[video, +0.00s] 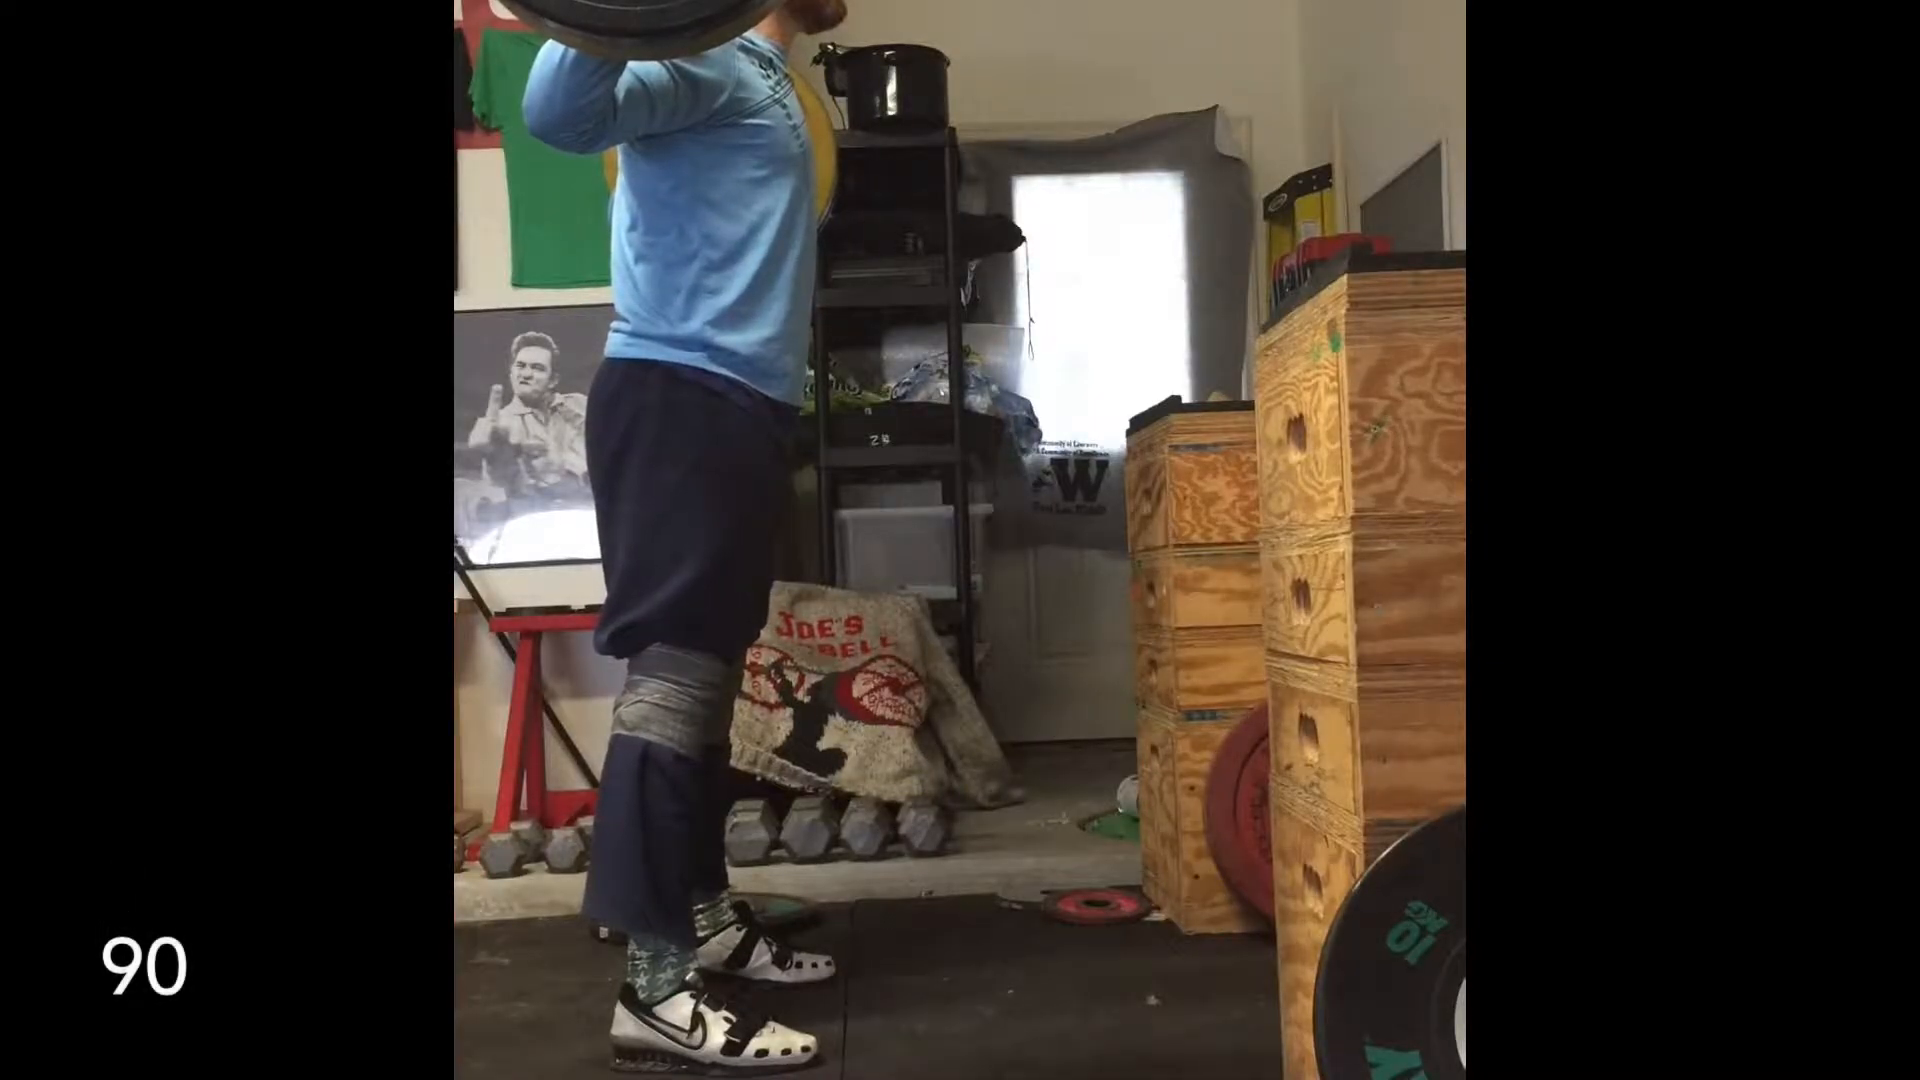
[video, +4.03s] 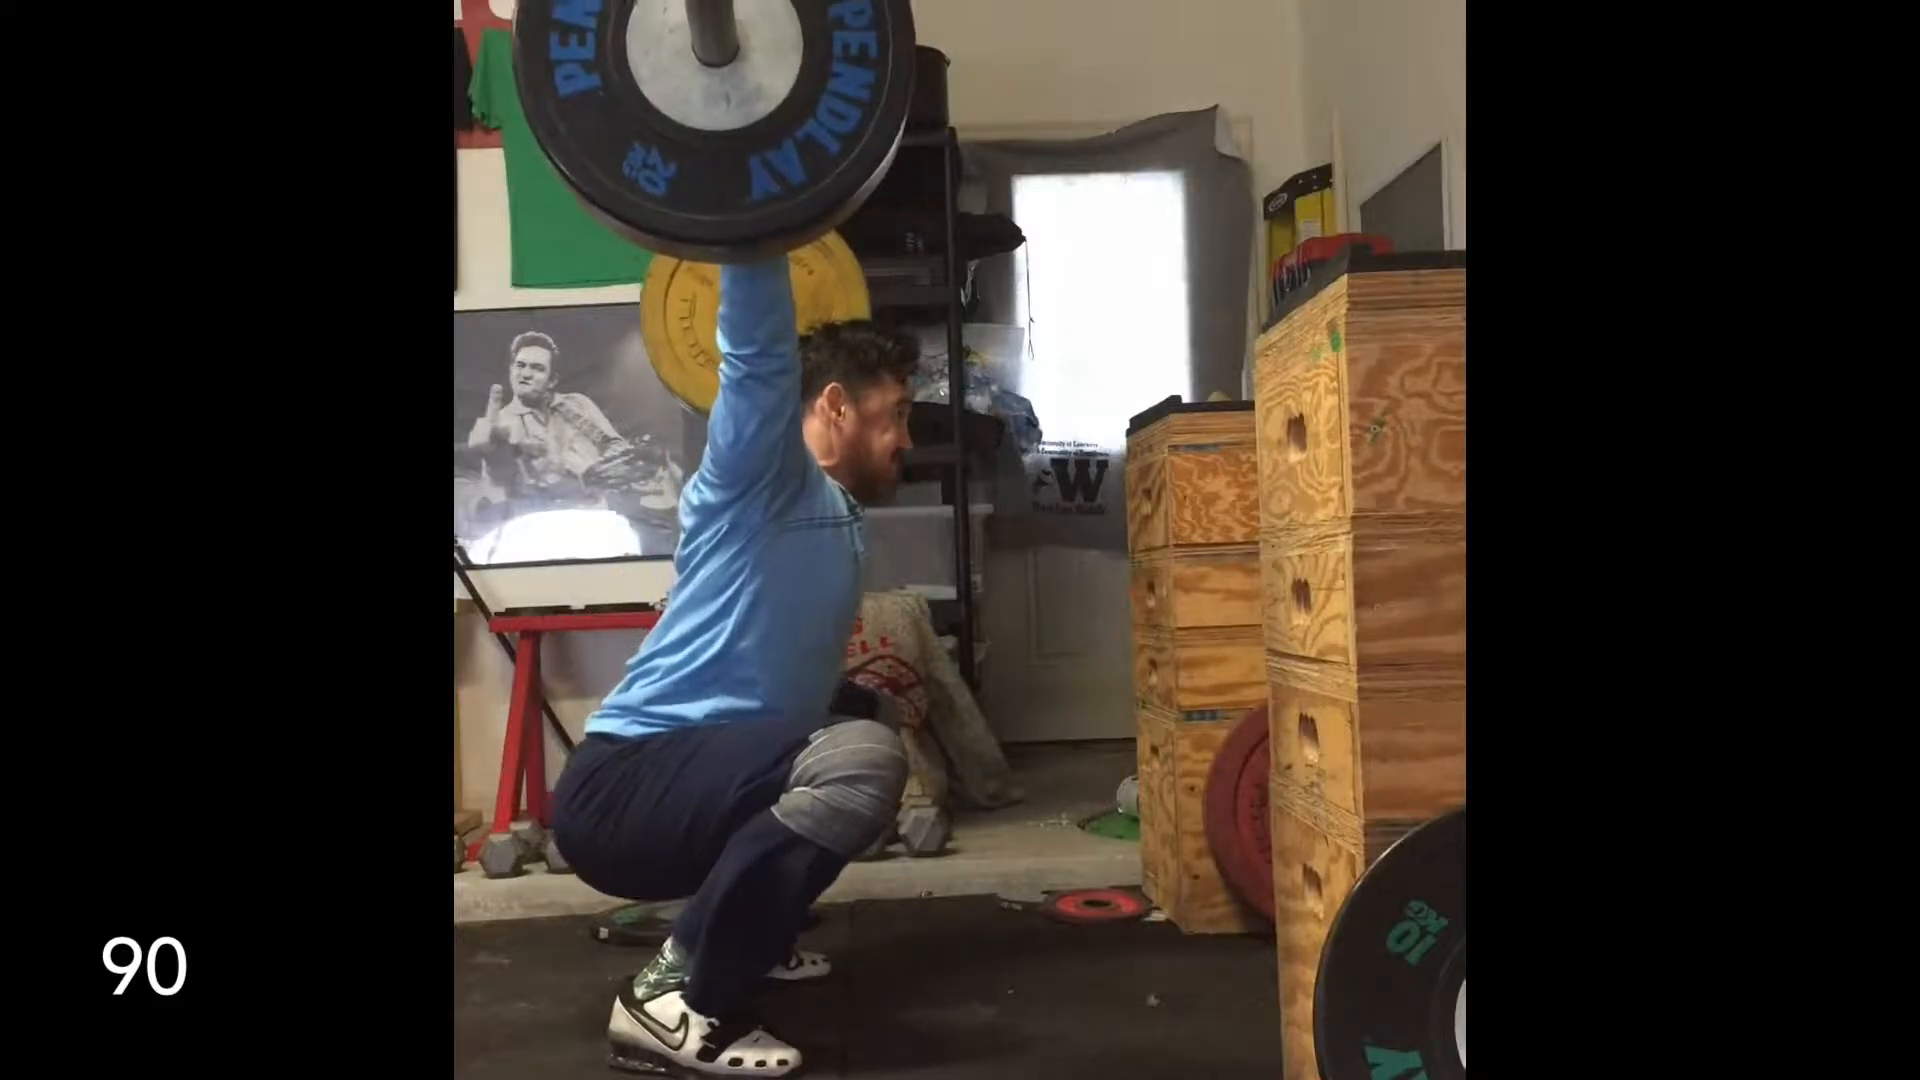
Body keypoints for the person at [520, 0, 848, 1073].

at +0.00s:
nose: (838, 7)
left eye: (836, 2)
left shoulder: (771, 77)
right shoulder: (705, 63)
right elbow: (556, 113)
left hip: (739, 407)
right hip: (681, 400)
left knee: (707, 673)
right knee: (675, 679)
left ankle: (699, 916)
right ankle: (655, 980)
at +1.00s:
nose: (850, 7)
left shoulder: (776, 80)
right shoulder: (714, 65)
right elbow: (561, 114)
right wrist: (620, 4)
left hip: (737, 408)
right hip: (682, 400)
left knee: (703, 674)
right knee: (675, 680)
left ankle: (702, 917)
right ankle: (655, 980)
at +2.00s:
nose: (845, 32)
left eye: (842, 18)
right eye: (832, 16)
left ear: (799, 36)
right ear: (788, 24)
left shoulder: (790, 129)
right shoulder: (720, 118)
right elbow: (573, 171)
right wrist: (631, 38)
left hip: (721, 442)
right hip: (665, 436)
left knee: (776, 677)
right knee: (785, 681)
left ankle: (711, 915)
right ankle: (665, 978)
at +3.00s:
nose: (872, 226)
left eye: (876, 206)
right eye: (863, 200)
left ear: (822, 194)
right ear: (799, 179)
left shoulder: (810, 295)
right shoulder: (726, 246)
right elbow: (711, 104)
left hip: (695, 568)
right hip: (616, 559)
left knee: (833, 694)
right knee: (816, 716)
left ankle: (736, 922)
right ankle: (666, 984)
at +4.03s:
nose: (905, 442)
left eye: (906, 422)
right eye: (892, 419)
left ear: (840, 414)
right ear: (832, 409)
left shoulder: (838, 521)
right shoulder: (758, 480)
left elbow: (762, 665)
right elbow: (757, 350)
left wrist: (840, 693)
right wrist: (738, 190)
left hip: (695, 774)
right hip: (619, 785)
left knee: (870, 718)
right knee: (858, 758)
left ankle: (746, 935)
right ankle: (676, 991)